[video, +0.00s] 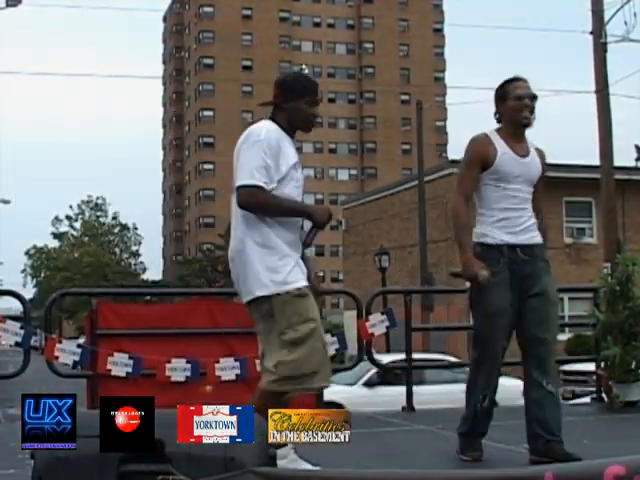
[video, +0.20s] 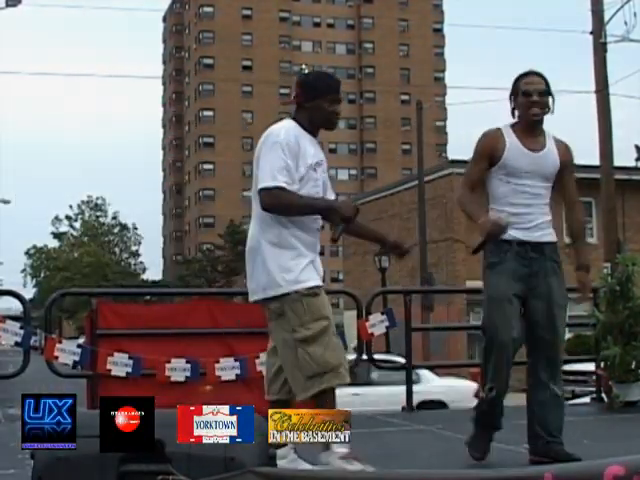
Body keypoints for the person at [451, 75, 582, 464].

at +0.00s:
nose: (528, 104)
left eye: (531, 98)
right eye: (519, 99)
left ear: (535, 106)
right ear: (500, 107)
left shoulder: (536, 157)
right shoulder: (483, 145)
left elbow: (536, 209)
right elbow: (462, 200)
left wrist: (544, 252)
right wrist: (467, 256)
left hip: (533, 257)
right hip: (492, 257)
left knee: (542, 352)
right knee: (490, 353)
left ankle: (545, 443)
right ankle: (471, 438)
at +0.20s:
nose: (535, 101)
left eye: (541, 95)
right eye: (527, 95)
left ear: (550, 102)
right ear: (513, 102)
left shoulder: (559, 151)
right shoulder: (493, 141)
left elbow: (573, 208)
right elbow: (467, 192)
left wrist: (582, 265)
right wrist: (482, 218)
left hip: (547, 257)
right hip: (504, 254)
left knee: (548, 349)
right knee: (502, 338)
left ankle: (545, 442)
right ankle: (486, 421)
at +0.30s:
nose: (536, 100)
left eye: (542, 93)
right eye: (528, 94)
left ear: (552, 99)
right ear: (515, 100)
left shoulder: (566, 147)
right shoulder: (496, 139)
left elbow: (586, 201)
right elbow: (468, 188)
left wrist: (600, 253)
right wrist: (491, 193)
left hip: (548, 256)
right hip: (503, 254)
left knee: (549, 351)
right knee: (502, 348)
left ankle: (546, 443)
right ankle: (495, 442)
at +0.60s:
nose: (518, 99)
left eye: (525, 91)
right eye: (510, 93)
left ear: (538, 94)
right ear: (501, 97)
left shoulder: (560, 139)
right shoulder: (488, 135)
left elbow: (588, 191)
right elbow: (474, 184)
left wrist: (611, 236)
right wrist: (507, 135)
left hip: (548, 252)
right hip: (502, 251)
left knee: (551, 351)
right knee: (504, 350)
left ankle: (548, 442)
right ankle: (510, 449)